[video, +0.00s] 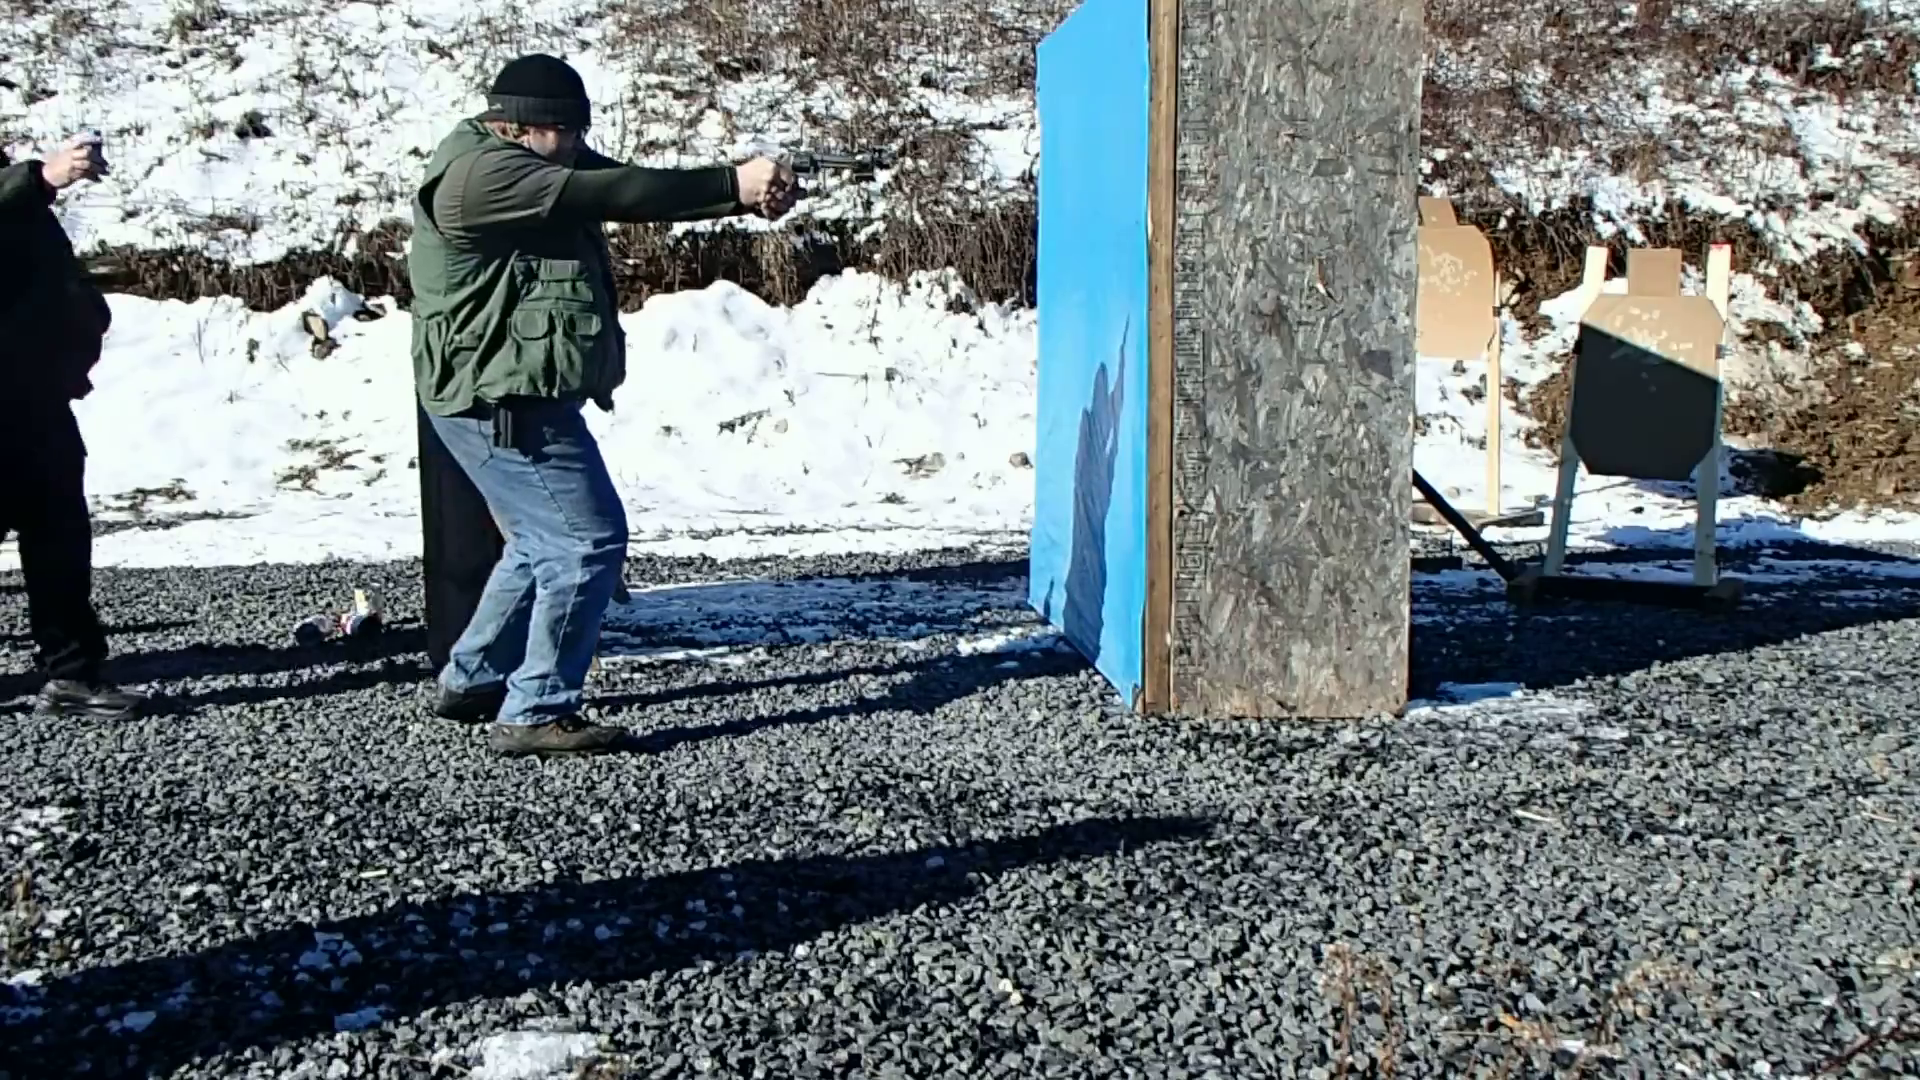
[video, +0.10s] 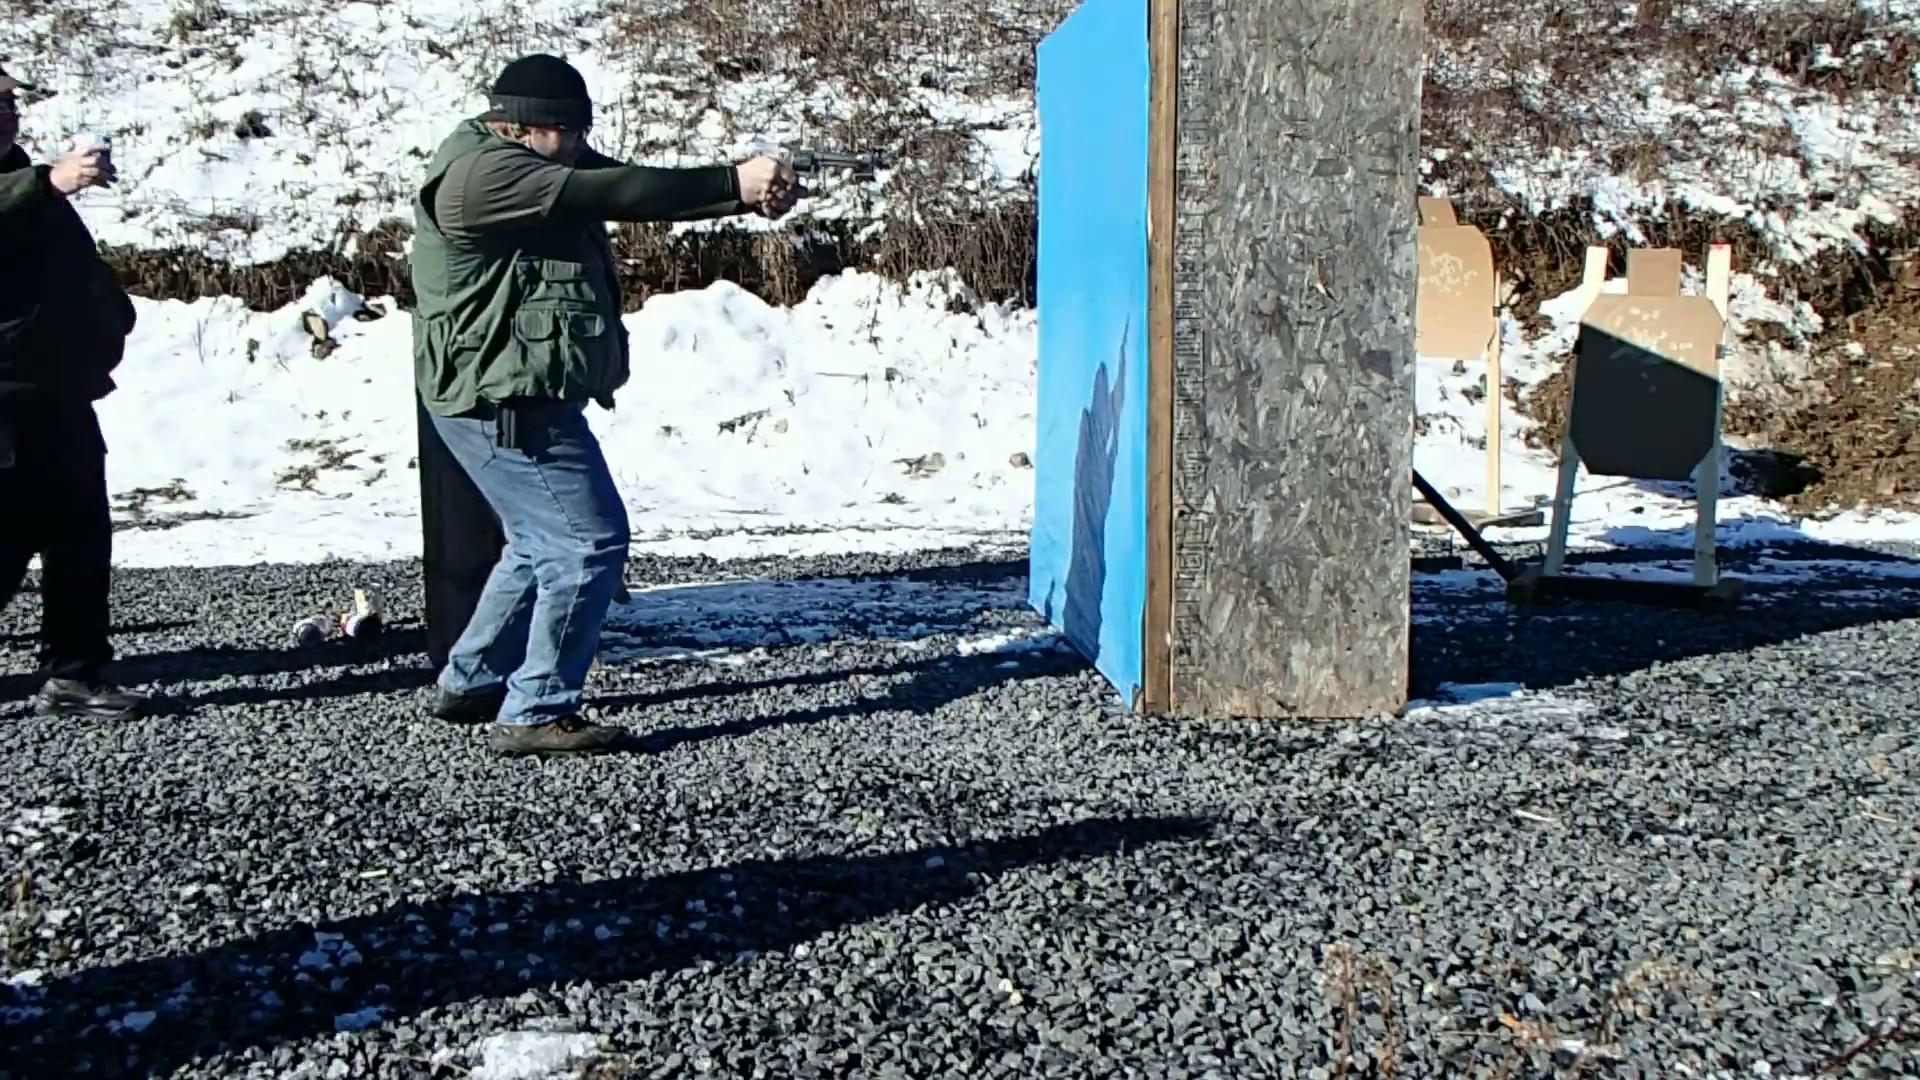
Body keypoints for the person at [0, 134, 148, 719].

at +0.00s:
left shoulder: (26, 213)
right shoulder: (22, 214)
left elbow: (76, 296)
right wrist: (40, 178)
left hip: (36, 393)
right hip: (21, 394)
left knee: (57, 525)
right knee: (52, 525)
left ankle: (71, 668)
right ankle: (68, 670)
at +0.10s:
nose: (14, 112)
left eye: (13, 101)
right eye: (6, 102)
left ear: (18, 112)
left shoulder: (31, 180)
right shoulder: (17, 182)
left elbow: (87, 281)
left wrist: (100, 343)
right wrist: (49, 181)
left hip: (58, 389)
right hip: (15, 392)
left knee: (81, 529)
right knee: (19, 533)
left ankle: (76, 670)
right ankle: (72, 671)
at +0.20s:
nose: (19, 109)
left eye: (20, 97)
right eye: (8, 99)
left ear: (26, 104)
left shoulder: (45, 176)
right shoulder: (11, 181)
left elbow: (98, 263)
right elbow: (5, 224)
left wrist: (122, 314)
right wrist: (54, 186)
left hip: (72, 385)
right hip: (13, 388)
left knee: (87, 529)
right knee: (20, 533)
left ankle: (74, 674)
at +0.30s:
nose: (21, 106)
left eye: (21, 94)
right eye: (9, 97)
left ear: (26, 100)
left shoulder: (55, 176)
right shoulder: (11, 181)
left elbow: (123, 268)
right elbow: (5, 223)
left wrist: (121, 324)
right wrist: (54, 185)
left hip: (79, 387)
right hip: (16, 390)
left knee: (86, 540)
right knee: (17, 541)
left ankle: (73, 683)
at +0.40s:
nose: (17, 104)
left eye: (17, 93)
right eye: (7, 95)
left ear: (22, 101)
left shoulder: (58, 173)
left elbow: (132, 267)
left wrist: (119, 345)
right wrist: (52, 192)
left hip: (83, 391)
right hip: (15, 393)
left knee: (86, 541)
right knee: (15, 546)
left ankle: (79, 681)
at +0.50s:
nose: (9, 106)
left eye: (11, 94)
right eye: (1, 96)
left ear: (19, 103)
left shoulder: (59, 174)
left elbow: (131, 269)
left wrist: (117, 350)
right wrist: (53, 202)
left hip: (84, 397)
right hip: (14, 400)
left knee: (86, 545)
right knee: (13, 553)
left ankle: (77, 680)